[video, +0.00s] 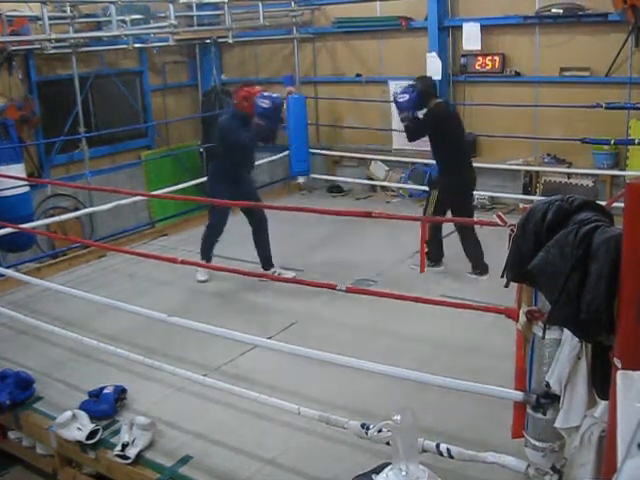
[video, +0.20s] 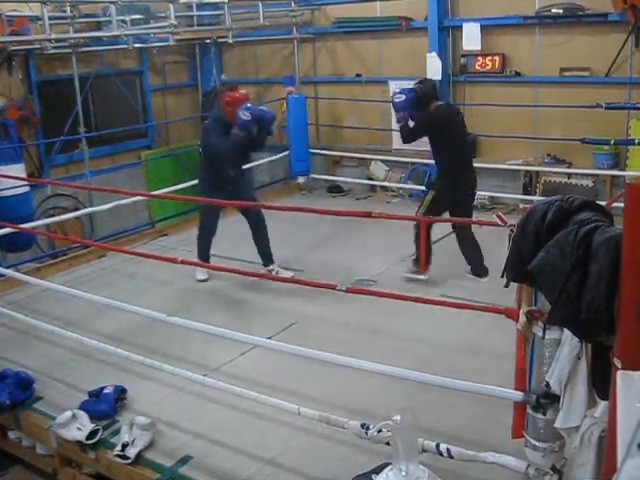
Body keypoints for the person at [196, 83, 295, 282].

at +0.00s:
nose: (256, 106)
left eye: (256, 102)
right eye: (252, 102)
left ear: (253, 104)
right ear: (242, 103)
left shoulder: (250, 121)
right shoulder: (227, 123)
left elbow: (268, 136)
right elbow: (245, 144)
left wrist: (279, 106)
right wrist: (256, 128)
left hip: (242, 179)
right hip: (221, 180)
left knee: (259, 220)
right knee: (216, 224)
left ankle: (268, 268)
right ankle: (204, 264)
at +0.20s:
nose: (243, 112)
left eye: (244, 107)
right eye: (239, 108)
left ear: (244, 107)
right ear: (228, 109)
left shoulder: (242, 123)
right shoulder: (212, 126)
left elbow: (255, 146)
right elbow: (218, 154)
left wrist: (263, 127)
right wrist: (238, 133)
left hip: (237, 180)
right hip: (213, 182)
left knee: (256, 219)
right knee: (208, 224)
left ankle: (269, 265)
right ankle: (203, 265)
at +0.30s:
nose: (241, 110)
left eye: (242, 106)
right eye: (237, 106)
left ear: (242, 107)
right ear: (226, 107)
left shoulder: (244, 123)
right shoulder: (211, 124)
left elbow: (256, 145)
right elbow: (213, 150)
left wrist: (264, 127)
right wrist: (234, 131)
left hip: (237, 181)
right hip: (213, 183)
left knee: (257, 218)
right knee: (206, 225)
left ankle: (266, 265)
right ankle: (203, 265)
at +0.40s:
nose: (242, 111)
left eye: (244, 107)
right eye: (238, 107)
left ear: (245, 108)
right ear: (227, 106)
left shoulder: (245, 123)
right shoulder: (213, 124)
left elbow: (259, 148)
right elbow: (213, 151)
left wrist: (265, 129)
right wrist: (234, 132)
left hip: (238, 181)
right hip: (215, 183)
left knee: (261, 215)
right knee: (208, 224)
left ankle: (269, 262)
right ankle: (202, 265)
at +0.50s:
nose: (247, 115)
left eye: (248, 111)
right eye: (243, 111)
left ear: (249, 112)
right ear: (232, 111)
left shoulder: (248, 125)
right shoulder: (216, 126)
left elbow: (265, 153)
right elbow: (215, 154)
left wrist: (265, 133)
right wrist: (236, 137)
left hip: (243, 183)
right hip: (219, 185)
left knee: (272, 215)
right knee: (211, 223)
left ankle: (282, 259)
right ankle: (202, 265)